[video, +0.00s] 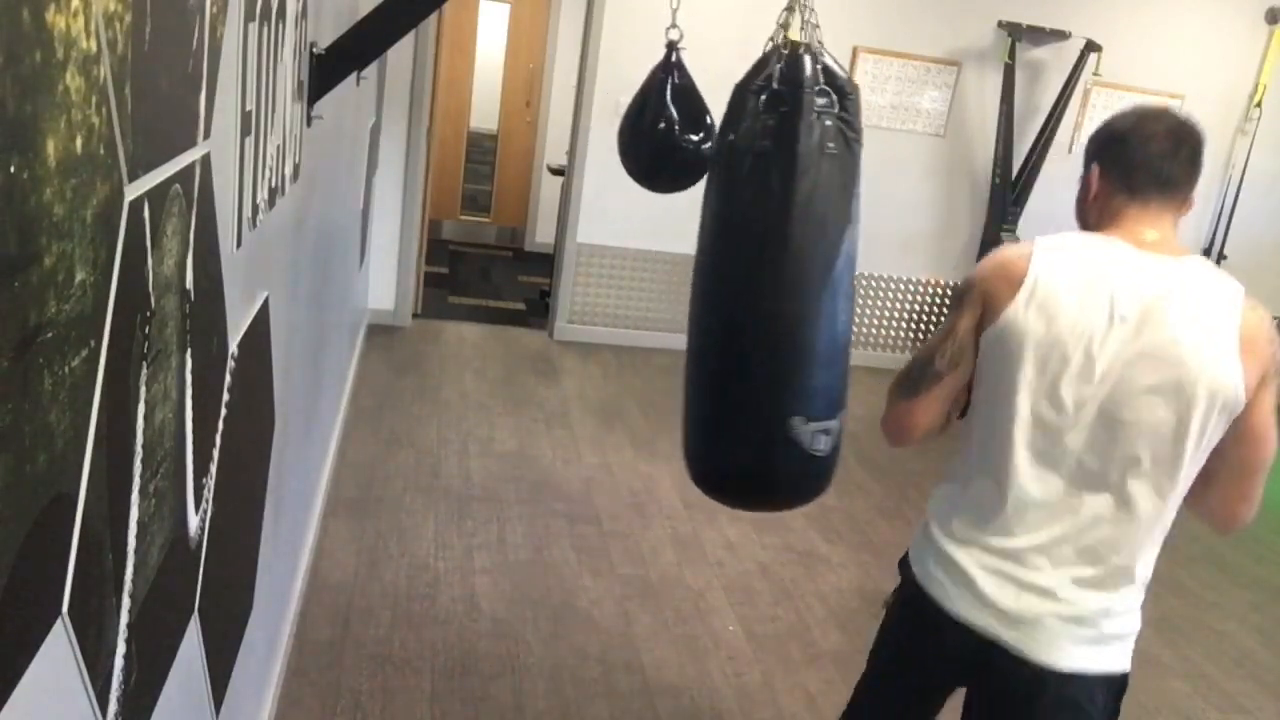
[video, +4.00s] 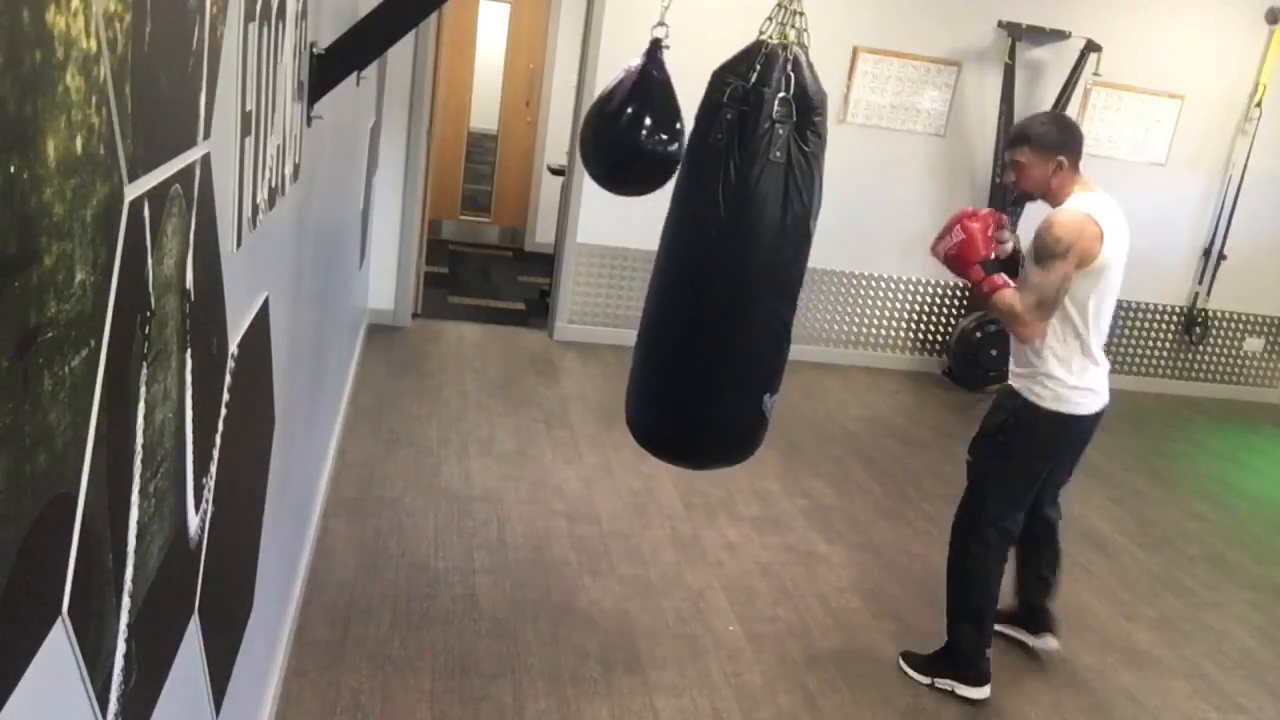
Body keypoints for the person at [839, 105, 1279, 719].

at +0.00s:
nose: (1078, 193)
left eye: (1081, 179)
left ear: (1093, 182)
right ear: (1188, 203)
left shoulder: (1014, 270)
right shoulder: (1247, 328)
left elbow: (902, 423)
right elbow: (1231, 509)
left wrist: (981, 376)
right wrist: (1153, 440)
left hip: (942, 606)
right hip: (1077, 655)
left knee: (878, 709)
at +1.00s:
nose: (867, 187)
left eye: (869, 173)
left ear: (875, 178)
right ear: (961, 182)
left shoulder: (819, 250)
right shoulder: (1013, 284)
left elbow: (754, 382)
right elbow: (1004, 420)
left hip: (797, 560)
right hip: (913, 585)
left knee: (752, 707)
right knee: (897, 712)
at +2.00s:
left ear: (788, 190)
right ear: (867, 197)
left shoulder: (738, 254)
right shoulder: (912, 282)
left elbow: (671, 386)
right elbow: (940, 427)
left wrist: (747, 345)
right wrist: (864, 398)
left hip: (720, 545)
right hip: (832, 572)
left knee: (649, 699)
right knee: (821, 712)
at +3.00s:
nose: (1006, 188)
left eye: (1007, 181)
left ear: (1014, 184)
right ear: (1085, 192)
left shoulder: (958, 251)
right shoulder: (1116, 276)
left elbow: (907, 356)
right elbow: (1147, 413)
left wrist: (978, 347)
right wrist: (1085, 383)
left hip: (937, 509)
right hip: (1039, 530)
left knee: (896, 660)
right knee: (1049, 681)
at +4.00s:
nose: (1012, 173)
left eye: (1020, 163)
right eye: (1012, 162)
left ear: (1060, 163)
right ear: (1064, 164)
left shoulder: (1063, 226)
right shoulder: (1101, 210)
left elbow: (1026, 320)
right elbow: (1055, 296)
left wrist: (976, 268)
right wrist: (1007, 259)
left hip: (1040, 403)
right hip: (1081, 400)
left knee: (980, 525)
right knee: (1037, 506)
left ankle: (964, 661)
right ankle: (1034, 612)